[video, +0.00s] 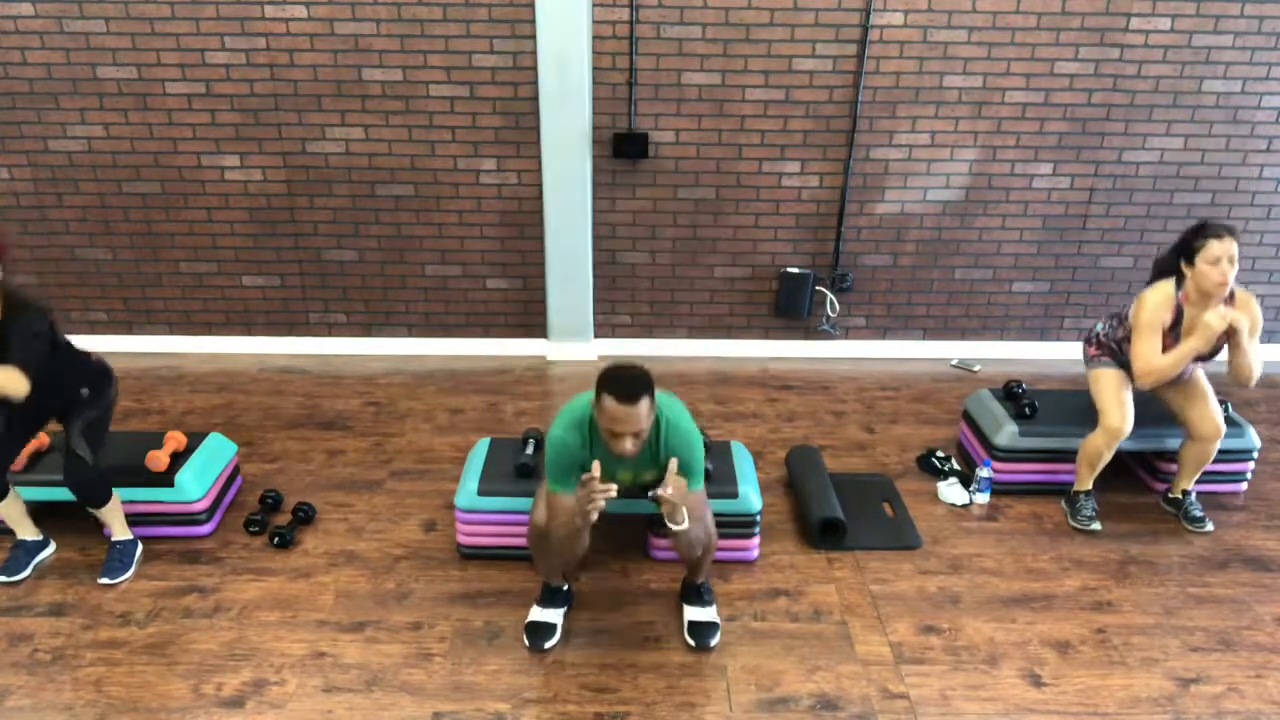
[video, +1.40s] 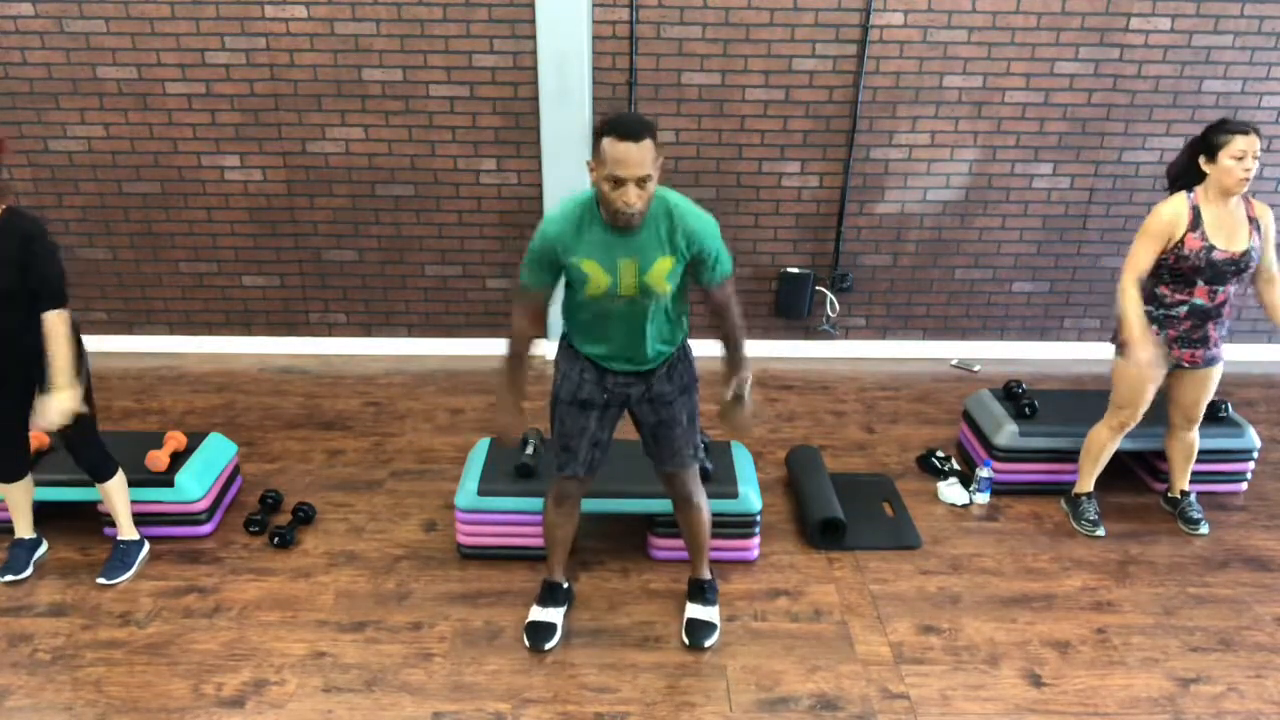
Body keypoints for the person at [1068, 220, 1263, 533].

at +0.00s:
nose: (1226, 272)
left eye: (1232, 261)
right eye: (1214, 262)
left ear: (1238, 265)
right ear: (1187, 267)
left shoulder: (1244, 306)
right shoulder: (1156, 300)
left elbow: (1245, 379)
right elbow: (1145, 376)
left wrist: (1240, 335)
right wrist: (1199, 341)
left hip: (1173, 352)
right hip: (1114, 348)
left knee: (1210, 430)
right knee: (1117, 425)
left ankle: (1180, 493)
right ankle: (1080, 492)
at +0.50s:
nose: (1238, 235)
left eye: (1244, 226)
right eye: (1227, 225)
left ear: (1250, 229)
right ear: (1199, 229)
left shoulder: (1254, 274)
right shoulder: (1168, 265)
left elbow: (1275, 336)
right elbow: (1130, 340)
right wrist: (1163, 389)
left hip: (1180, 346)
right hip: (1125, 338)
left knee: (1208, 425)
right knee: (1119, 424)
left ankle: (1179, 493)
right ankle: (1079, 493)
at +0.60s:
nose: (1242, 205)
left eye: (1248, 195)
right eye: (1232, 195)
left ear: (1254, 199)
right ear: (1203, 198)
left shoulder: (1257, 245)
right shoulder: (1172, 241)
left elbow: (1277, 303)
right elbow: (1127, 313)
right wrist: (1123, 378)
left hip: (1186, 339)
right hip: (1133, 331)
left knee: (1206, 424)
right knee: (1119, 420)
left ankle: (1180, 493)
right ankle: (1079, 493)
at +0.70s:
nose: (1244, 182)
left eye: (1250, 174)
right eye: (1234, 173)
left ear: (1256, 178)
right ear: (1205, 178)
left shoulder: (1258, 227)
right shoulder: (1173, 225)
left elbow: (1277, 287)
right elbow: (1119, 287)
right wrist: (1091, 351)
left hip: (1195, 334)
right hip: (1140, 329)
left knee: (1205, 424)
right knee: (1119, 420)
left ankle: (1180, 493)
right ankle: (1080, 493)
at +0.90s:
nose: (1244, 167)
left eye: (1250, 159)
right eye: (1234, 157)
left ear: (1255, 164)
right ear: (1205, 162)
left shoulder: (1260, 212)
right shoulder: (1174, 211)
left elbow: (1257, 260)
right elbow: (1111, 254)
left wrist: (1252, 301)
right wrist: (1075, 303)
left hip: (1211, 334)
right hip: (1157, 329)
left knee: (1192, 424)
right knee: (1121, 419)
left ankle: (1181, 494)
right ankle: (1080, 493)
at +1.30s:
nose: (1247, 167)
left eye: (1252, 159)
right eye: (1236, 158)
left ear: (1256, 164)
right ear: (1205, 163)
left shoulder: (1256, 217)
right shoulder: (1172, 213)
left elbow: (1254, 281)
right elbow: (1121, 275)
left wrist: (1252, 338)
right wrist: (1089, 337)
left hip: (1211, 338)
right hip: (1157, 333)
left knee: (1187, 424)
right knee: (1122, 418)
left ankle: (1180, 494)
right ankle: (1081, 493)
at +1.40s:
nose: (1250, 166)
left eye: (1254, 158)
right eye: (1239, 157)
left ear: (1258, 163)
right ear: (1207, 162)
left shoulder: (1258, 216)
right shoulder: (1173, 211)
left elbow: (1268, 282)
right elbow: (1129, 278)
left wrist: (1279, 322)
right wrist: (1139, 340)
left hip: (1205, 338)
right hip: (1153, 332)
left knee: (1187, 423)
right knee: (1121, 419)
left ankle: (1179, 494)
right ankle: (1081, 493)